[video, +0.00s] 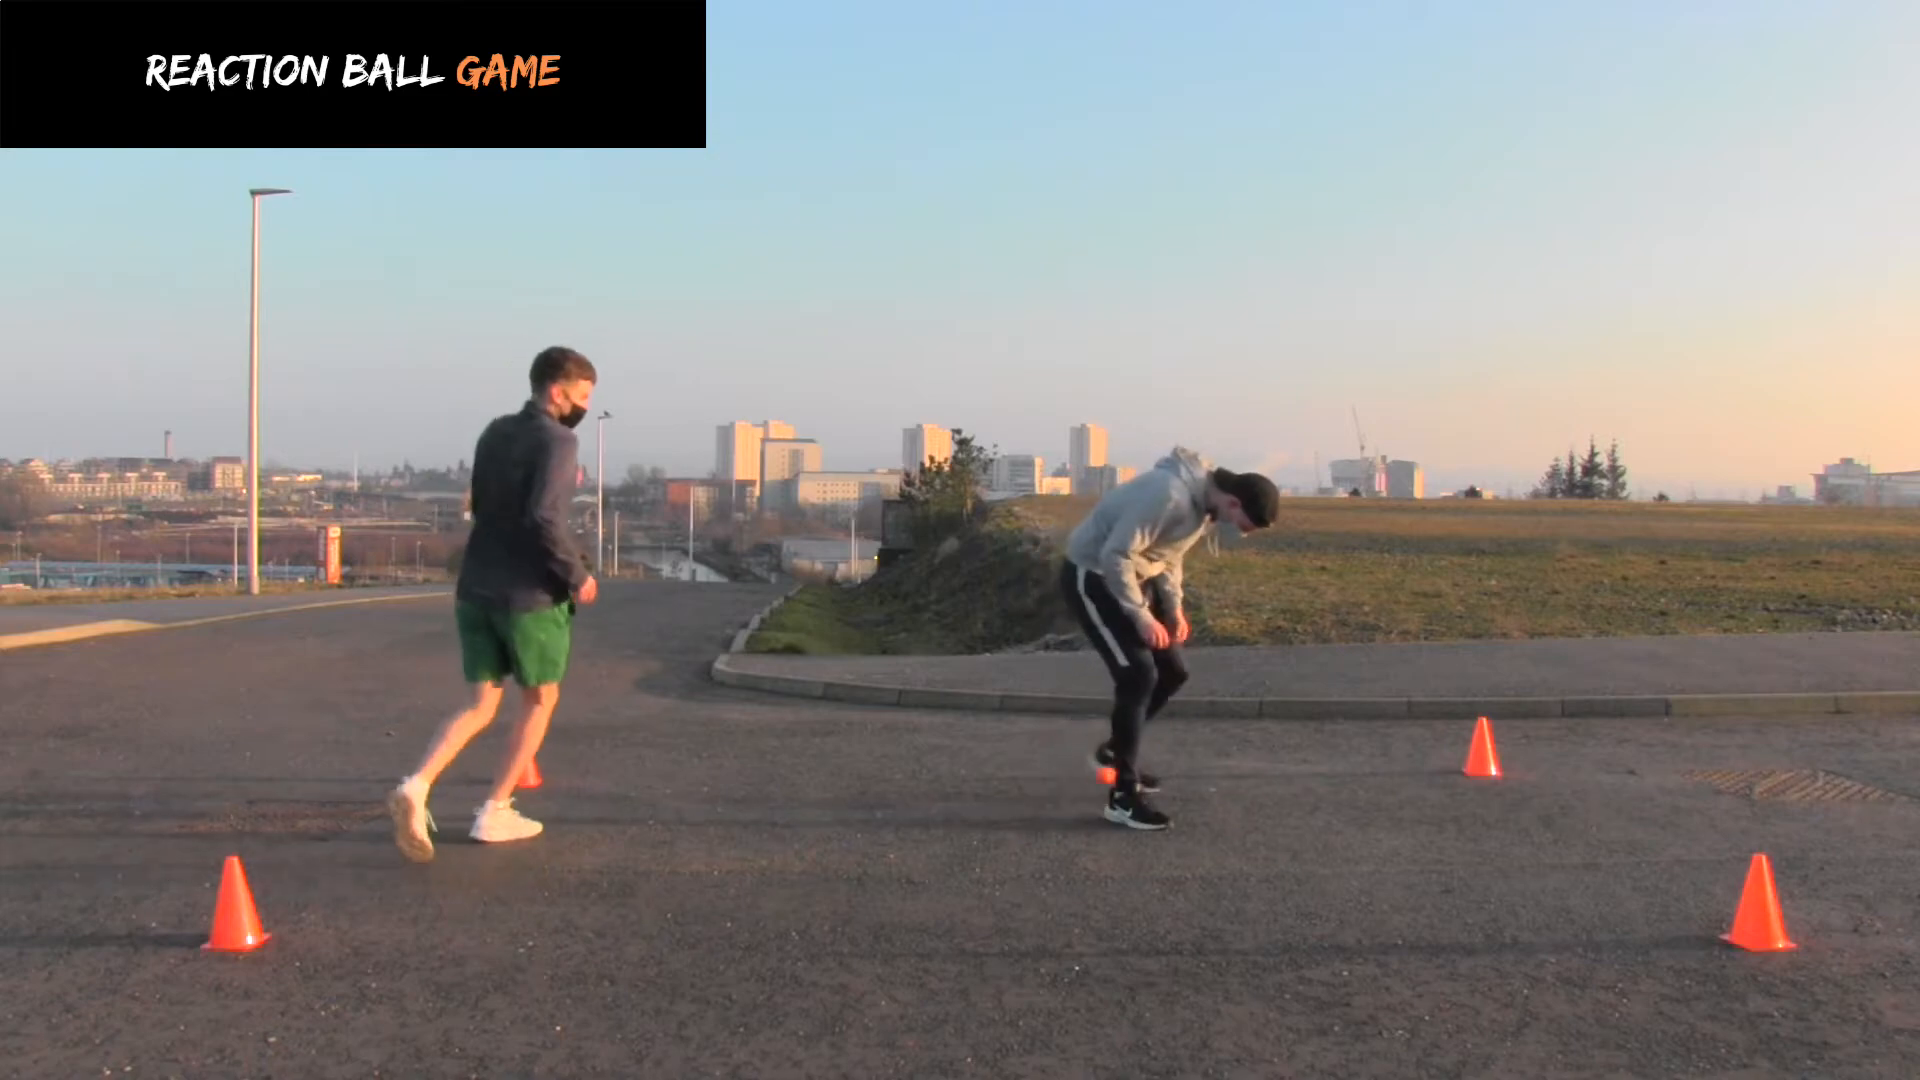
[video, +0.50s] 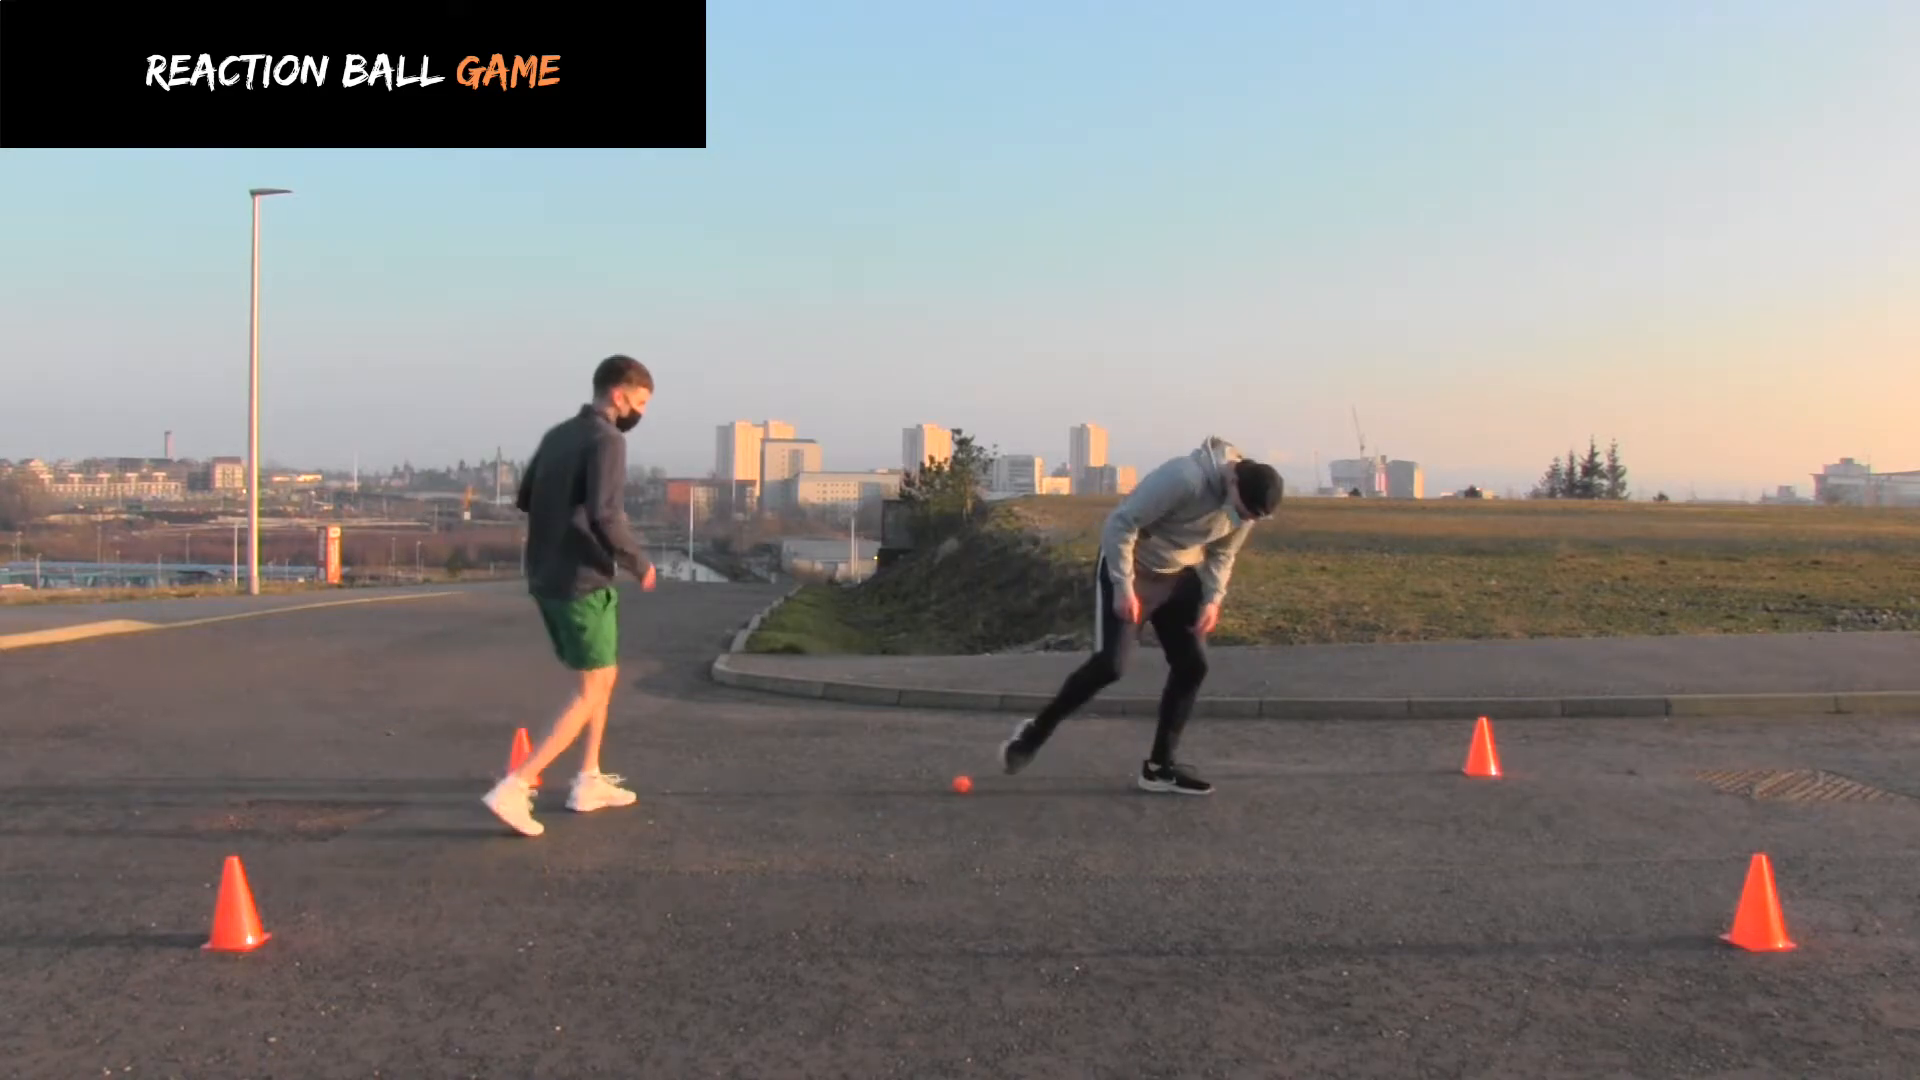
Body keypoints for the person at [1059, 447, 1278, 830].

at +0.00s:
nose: (1239, 530)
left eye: (1245, 528)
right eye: (1243, 524)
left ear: (1235, 504)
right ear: (1234, 503)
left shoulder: (1204, 507)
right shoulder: (1166, 492)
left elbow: (1169, 559)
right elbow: (1114, 559)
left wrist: (1173, 609)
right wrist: (1142, 618)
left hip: (1130, 574)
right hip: (1089, 571)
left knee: (1172, 673)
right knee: (1137, 673)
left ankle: (1115, 750)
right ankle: (1123, 794)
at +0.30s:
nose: (1258, 534)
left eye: (1264, 532)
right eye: (1259, 527)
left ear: (1256, 504)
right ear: (1249, 501)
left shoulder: (1234, 514)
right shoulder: (1191, 484)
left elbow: (1206, 566)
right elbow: (1123, 526)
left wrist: (1185, 615)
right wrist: (1128, 594)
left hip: (1163, 574)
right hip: (1115, 562)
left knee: (1180, 667)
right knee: (1122, 661)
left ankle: (1159, 765)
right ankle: (1098, 778)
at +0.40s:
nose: (1253, 528)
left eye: (1260, 525)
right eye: (1254, 520)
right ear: (1242, 492)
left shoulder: (1242, 509)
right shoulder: (1187, 480)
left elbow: (1215, 559)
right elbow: (1120, 525)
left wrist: (1198, 604)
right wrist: (1125, 589)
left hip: (1169, 573)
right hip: (1122, 562)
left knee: (1184, 665)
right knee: (1128, 659)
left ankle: (1158, 765)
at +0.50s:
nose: (1245, 522)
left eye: (1252, 518)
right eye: (1244, 513)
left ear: (1260, 505)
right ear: (1232, 487)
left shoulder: (1248, 505)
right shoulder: (1184, 477)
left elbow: (1223, 554)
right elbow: (1120, 525)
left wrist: (1213, 598)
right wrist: (1123, 588)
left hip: (1177, 577)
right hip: (1128, 568)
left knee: (1192, 665)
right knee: (1110, 664)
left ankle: (1160, 764)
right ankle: (1033, 735)